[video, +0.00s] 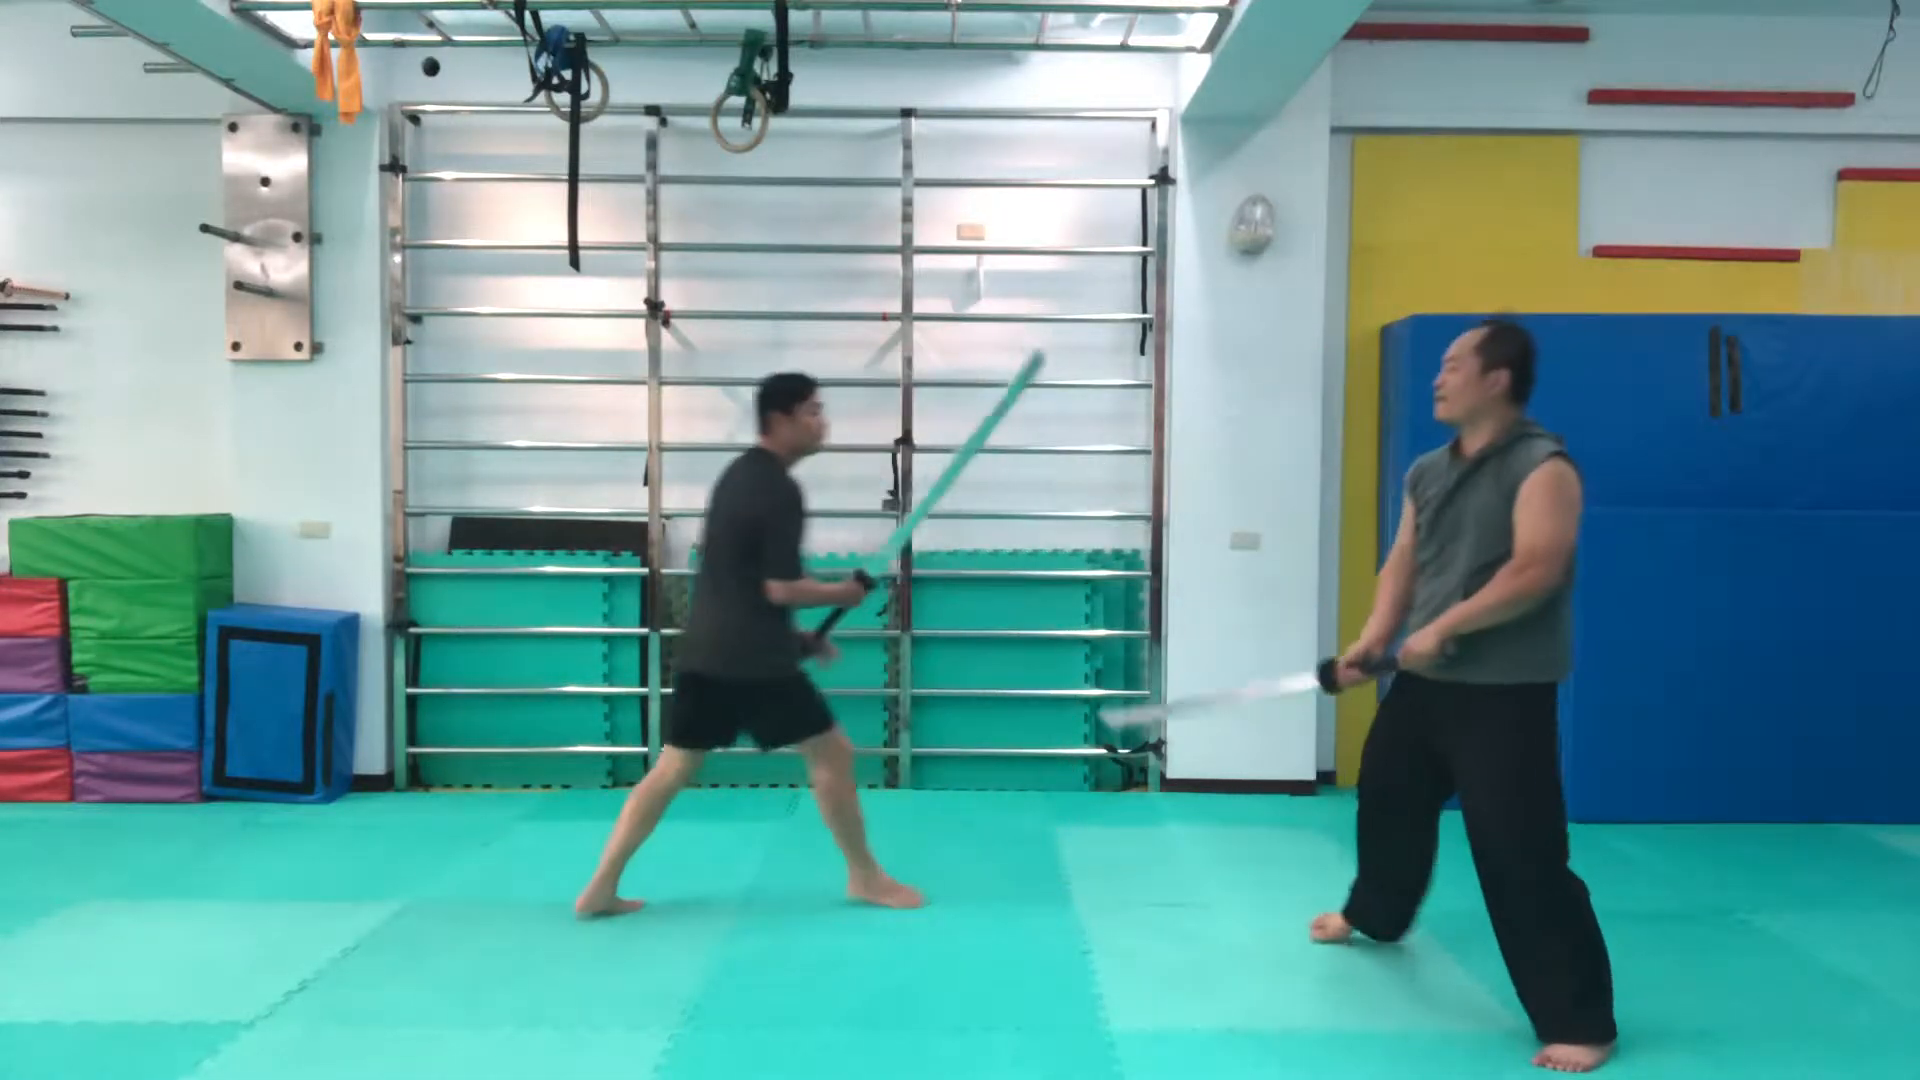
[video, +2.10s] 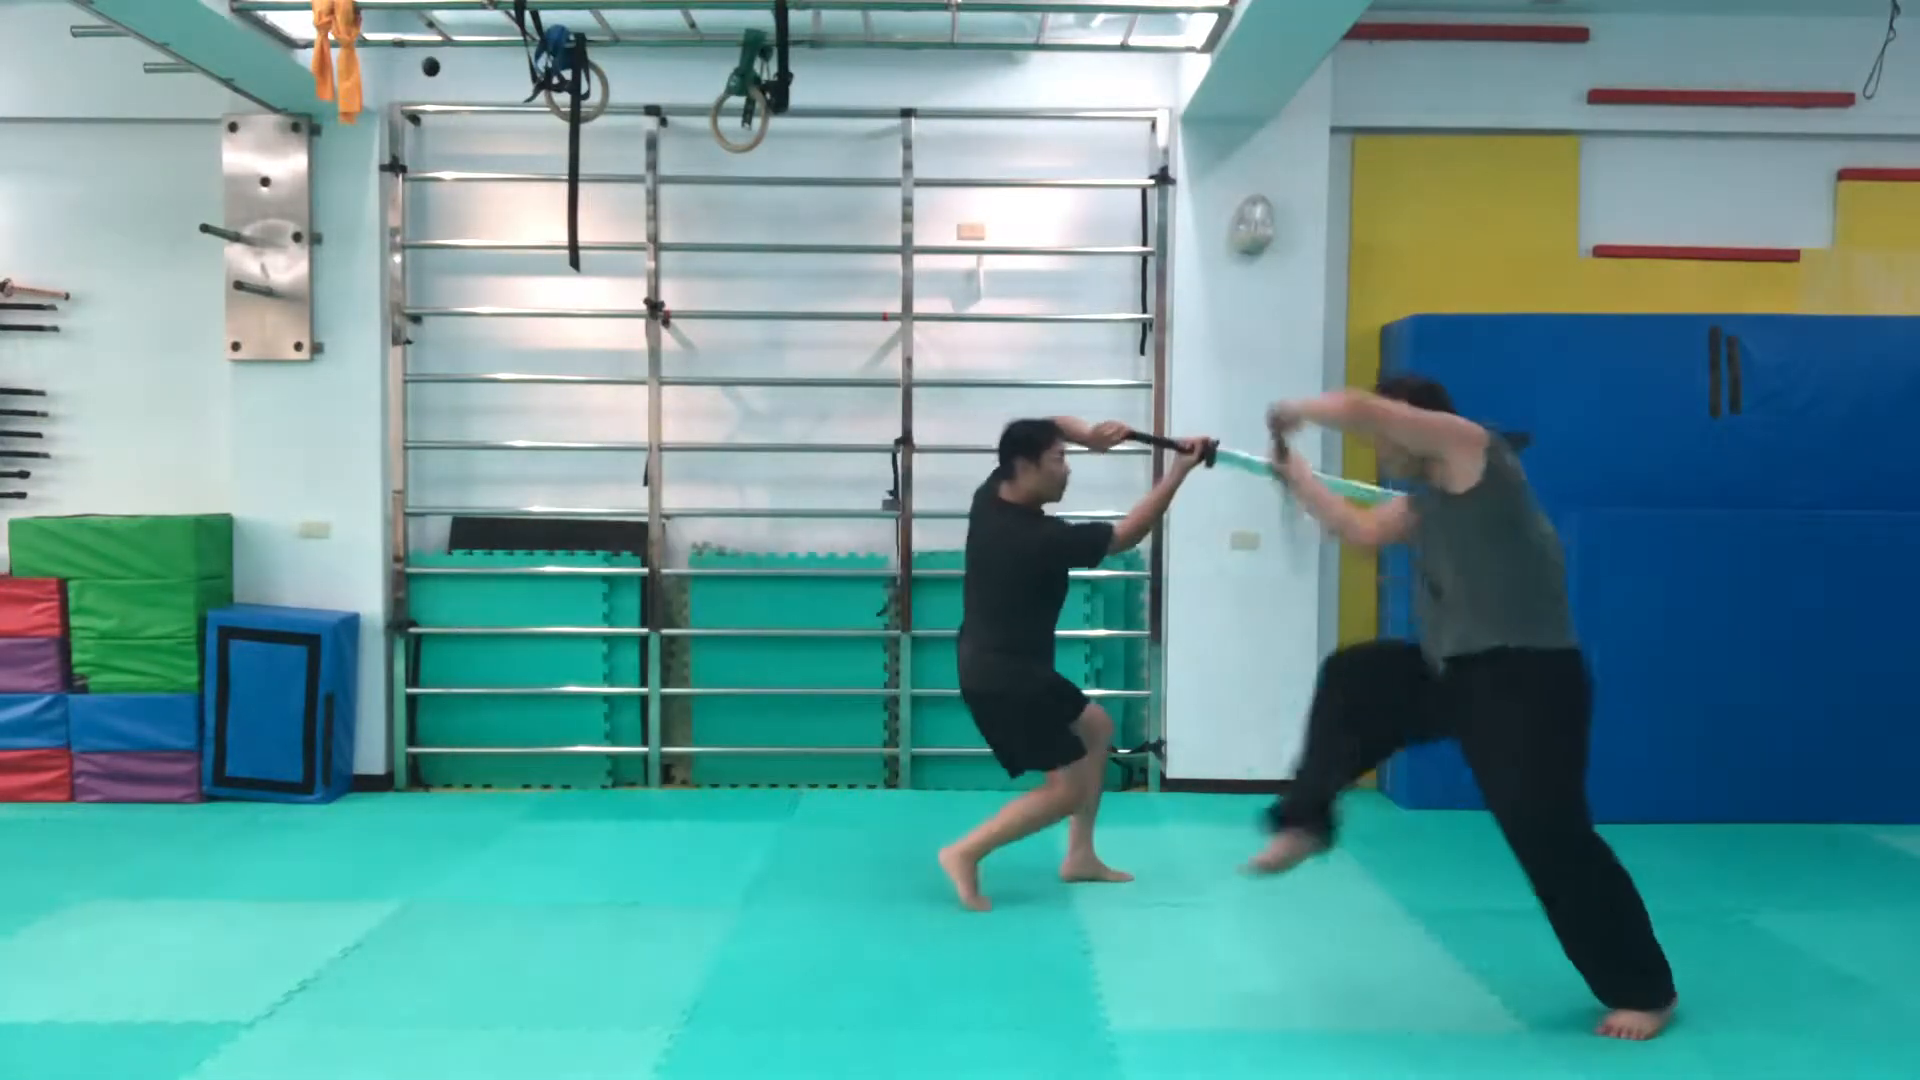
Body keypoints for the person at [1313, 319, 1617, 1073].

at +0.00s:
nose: (1438, 378)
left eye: (1453, 368)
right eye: (1441, 367)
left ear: (1500, 381)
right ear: (1474, 383)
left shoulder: (1543, 467)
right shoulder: (1428, 473)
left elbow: (1539, 570)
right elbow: (1401, 568)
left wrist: (1444, 630)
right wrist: (1371, 641)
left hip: (1504, 698)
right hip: (1423, 691)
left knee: (1524, 864)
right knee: (1388, 796)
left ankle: (1581, 1027)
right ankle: (1377, 914)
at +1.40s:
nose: (1393, 402)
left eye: (1405, 392)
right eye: (1393, 392)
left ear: (1450, 399)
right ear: (1415, 402)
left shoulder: (1494, 468)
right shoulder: (1387, 484)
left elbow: (1451, 554)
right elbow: (1338, 545)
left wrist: (1358, 598)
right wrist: (1282, 565)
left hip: (1493, 679)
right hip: (1405, 679)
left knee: (1533, 814)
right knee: (1373, 791)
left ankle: (1589, 961)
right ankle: (1368, 919)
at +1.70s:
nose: (1422, 440)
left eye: (1431, 427)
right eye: (1420, 427)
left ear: (1480, 427)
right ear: (1461, 430)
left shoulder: (1540, 474)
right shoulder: (1431, 493)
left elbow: (1464, 543)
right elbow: (1367, 549)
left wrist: (1369, 571)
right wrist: (1305, 600)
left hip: (1562, 686)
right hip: (1473, 687)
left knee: (1578, 839)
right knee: (1412, 786)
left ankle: (1627, 998)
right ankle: (1379, 913)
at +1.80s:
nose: (1417, 464)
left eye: (1423, 447)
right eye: (1411, 450)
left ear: (1467, 435)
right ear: (1450, 442)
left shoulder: (1527, 461)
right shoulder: (1461, 486)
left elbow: (1438, 538)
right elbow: (1418, 578)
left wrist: (1378, 594)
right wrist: (1357, 632)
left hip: (1570, 667)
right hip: (1490, 661)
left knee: (1584, 830)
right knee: (1401, 725)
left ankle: (1631, 995)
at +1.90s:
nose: (1397, 467)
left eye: (1402, 453)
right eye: (1392, 455)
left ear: (1445, 441)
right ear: (1440, 448)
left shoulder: (1500, 455)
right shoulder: (1463, 498)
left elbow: (1405, 501)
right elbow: (1451, 573)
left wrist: (1350, 538)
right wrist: (1371, 590)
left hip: (1573, 664)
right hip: (1505, 667)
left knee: (1586, 821)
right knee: (1398, 651)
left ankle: (1631, 994)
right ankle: (1494, 778)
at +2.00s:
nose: (1387, 450)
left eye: (1391, 440)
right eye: (1386, 440)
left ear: (1419, 430)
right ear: (1420, 436)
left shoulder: (1487, 452)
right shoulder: (1453, 509)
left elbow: (1386, 449)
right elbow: (1410, 561)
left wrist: (1323, 471)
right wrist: (1329, 520)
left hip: (1558, 671)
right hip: (1496, 666)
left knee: (1577, 828)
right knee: (1381, 637)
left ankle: (1638, 993)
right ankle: (1404, 789)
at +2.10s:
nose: (1378, 448)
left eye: (1384, 432)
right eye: (1376, 434)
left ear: (1414, 420)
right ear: (1399, 430)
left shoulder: (1474, 453)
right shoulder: (1426, 495)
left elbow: (1368, 410)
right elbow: (1364, 530)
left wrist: (1297, 412)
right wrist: (1299, 478)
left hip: (1527, 681)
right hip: (1457, 678)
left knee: (1551, 836)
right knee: (1354, 677)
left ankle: (1645, 992)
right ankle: (1305, 821)